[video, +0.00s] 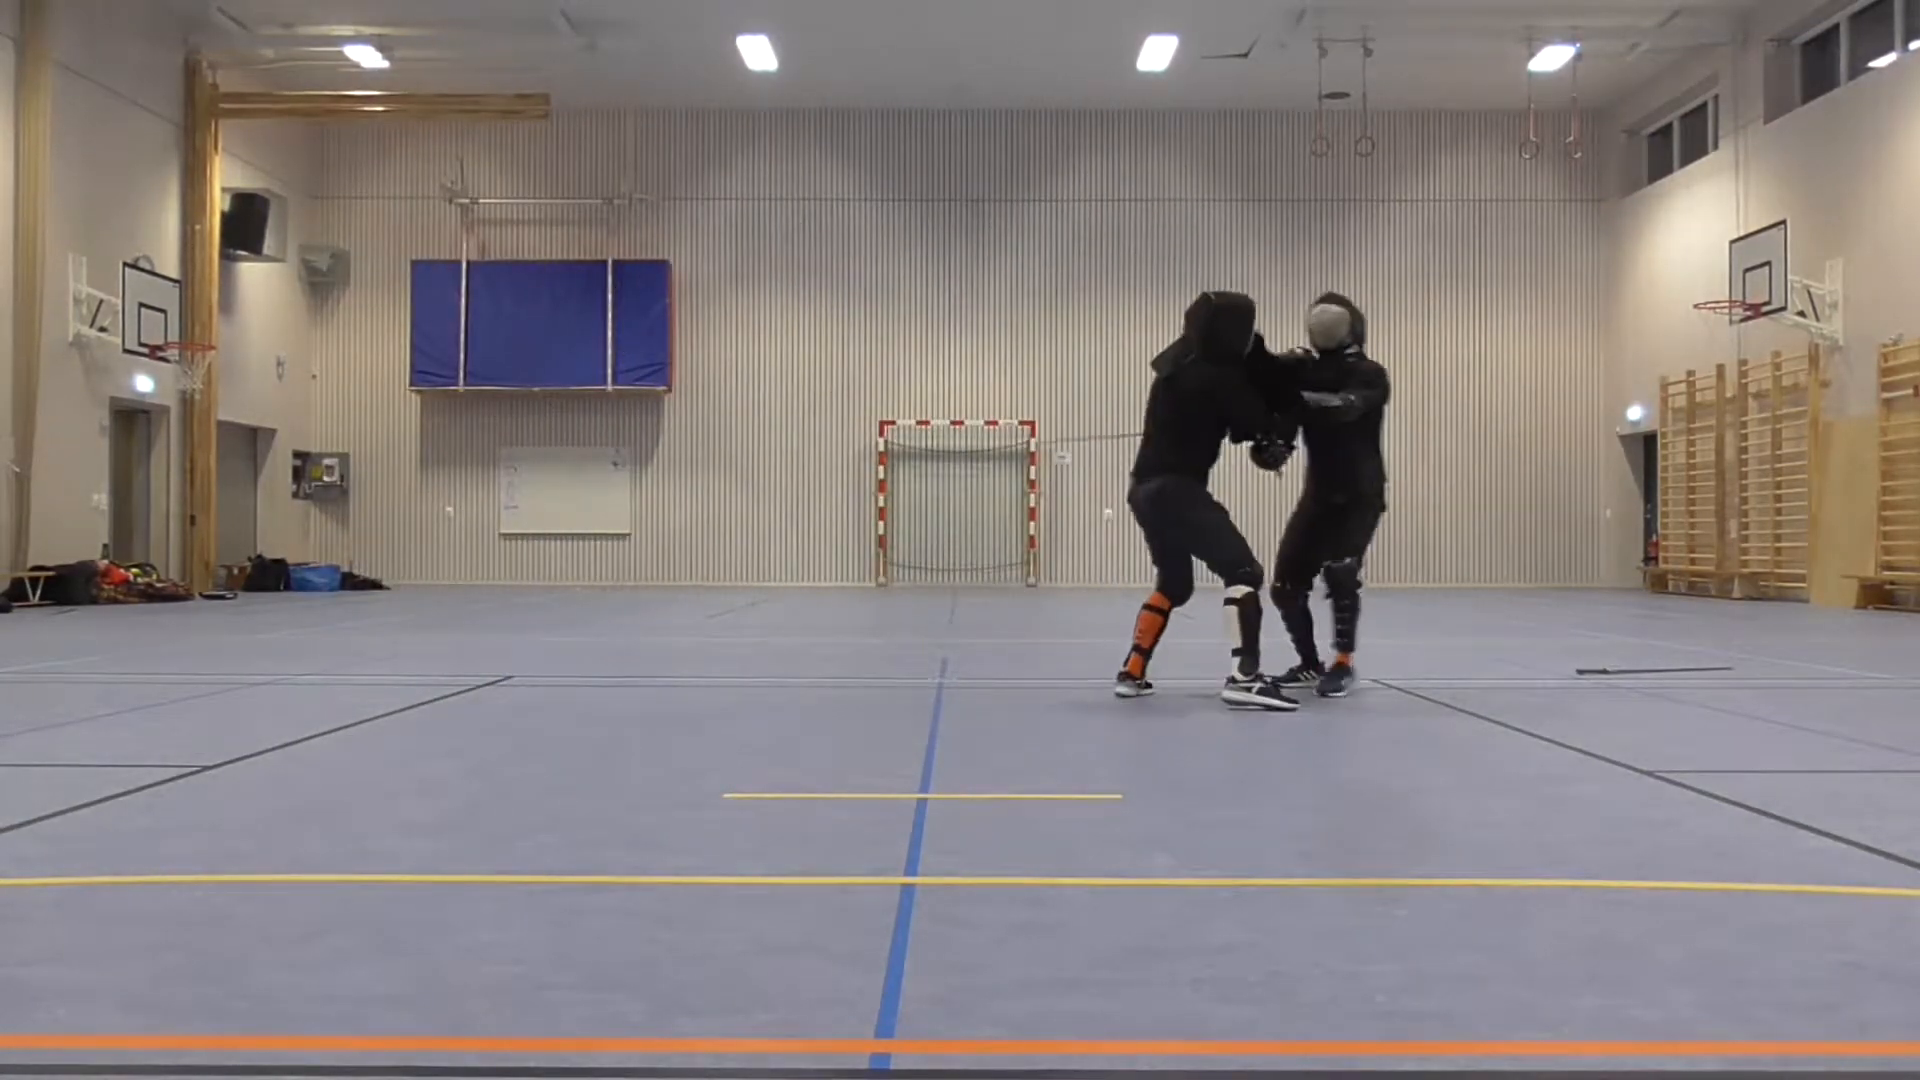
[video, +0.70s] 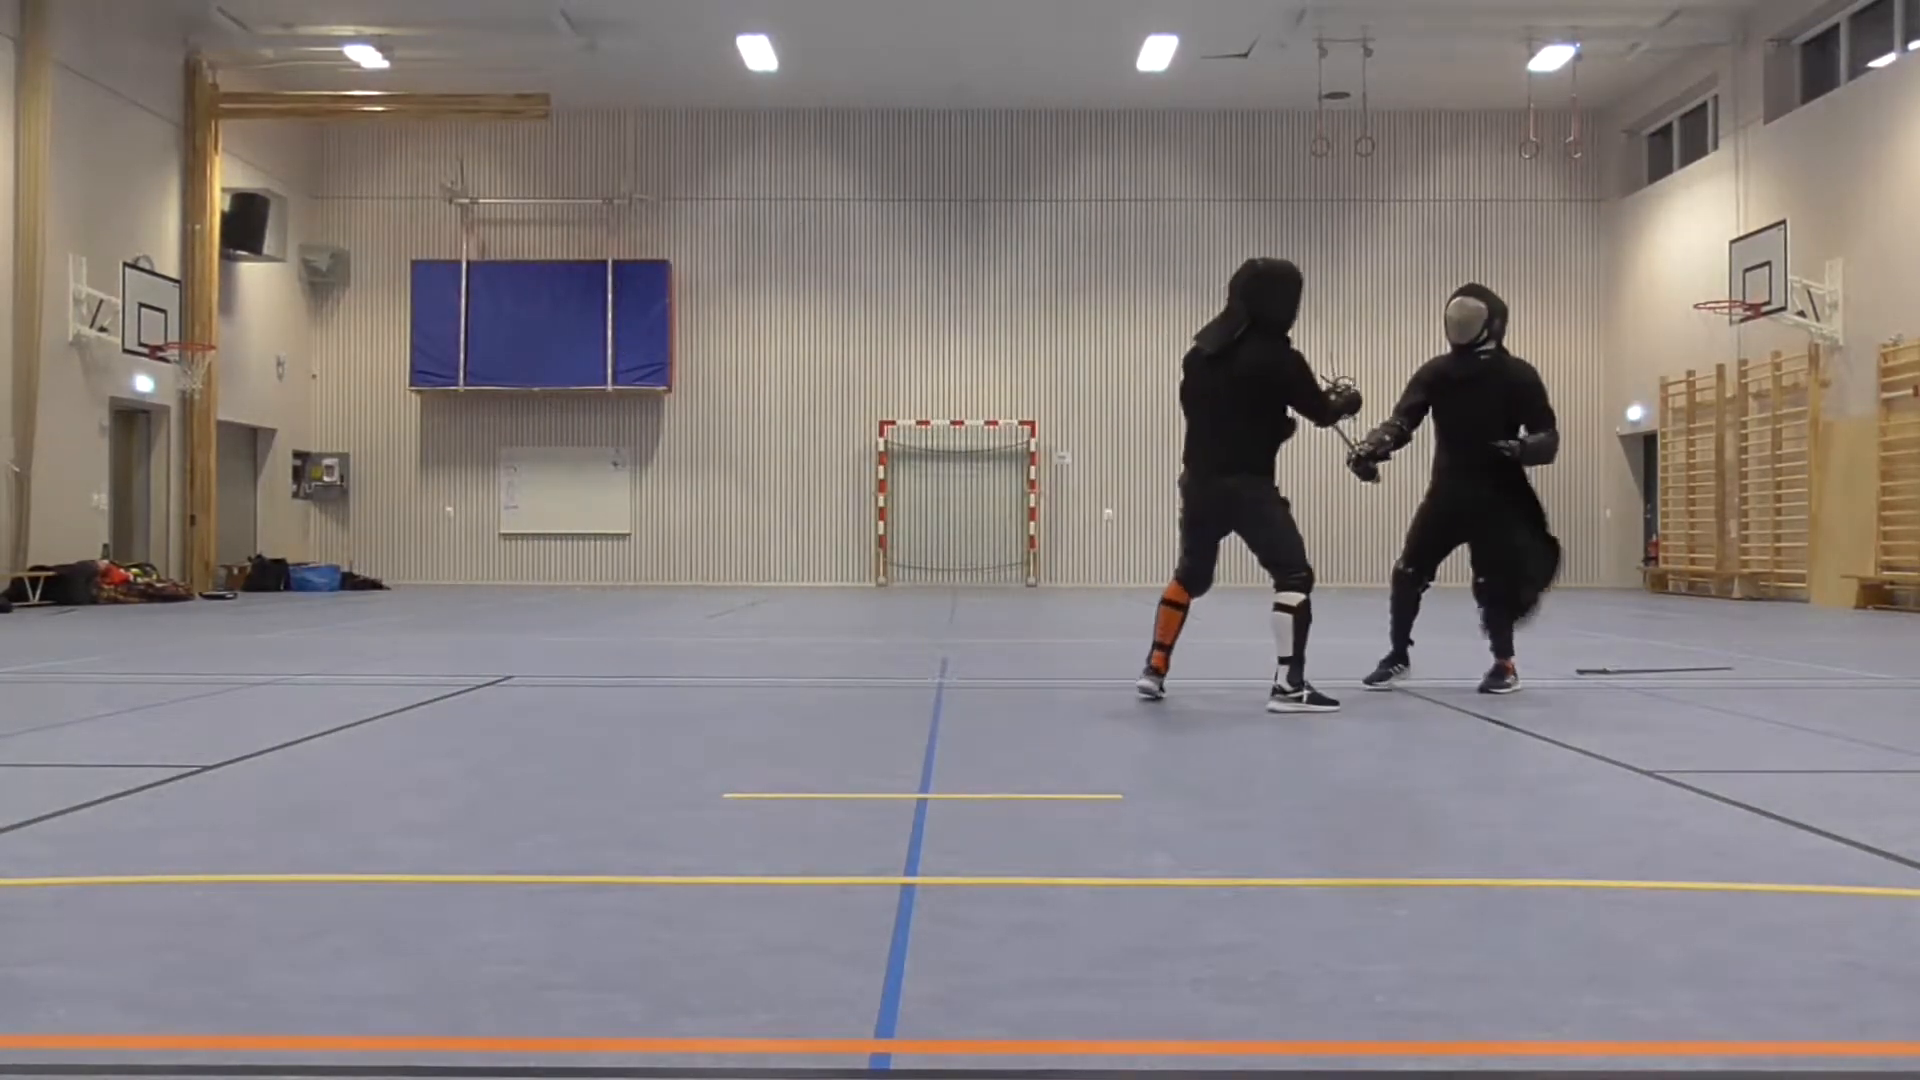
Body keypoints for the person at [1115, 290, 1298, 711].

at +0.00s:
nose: (1250, 338)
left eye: (1250, 329)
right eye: (1246, 329)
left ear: (1200, 328)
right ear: (1231, 333)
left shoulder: (1174, 365)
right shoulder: (1223, 374)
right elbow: (1256, 426)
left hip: (1144, 489)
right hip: (1180, 489)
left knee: (1174, 583)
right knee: (1243, 572)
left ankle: (1132, 673)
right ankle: (1246, 675)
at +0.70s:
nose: (1294, 311)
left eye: (1295, 302)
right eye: (1291, 302)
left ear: (1238, 299)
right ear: (1277, 304)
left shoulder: (1201, 350)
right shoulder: (1278, 357)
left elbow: (1197, 412)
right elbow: (1321, 413)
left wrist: (1274, 424)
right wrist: (1343, 399)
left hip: (1200, 489)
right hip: (1251, 490)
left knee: (1190, 573)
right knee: (1293, 576)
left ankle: (1154, 672)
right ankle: (1289, 683)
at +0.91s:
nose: (1305, 294)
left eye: (1304, 285)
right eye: (1302, 286)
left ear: (1248, 284)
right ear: (1291, 291)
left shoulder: (1212, 338)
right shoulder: (1301, 349)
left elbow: (1195, 403)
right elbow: (1334, 415)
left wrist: (1240, 409)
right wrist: (1359, 398)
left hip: (1222, 478)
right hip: (1279, 479)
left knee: (1210, 568)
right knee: (1293, 576)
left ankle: (1226, 659)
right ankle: (1289, 683)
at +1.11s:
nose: (1299, 292)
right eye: (1298, 284)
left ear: (1243, 279)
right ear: (1293, 286)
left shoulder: (1215, 340)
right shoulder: (1306, 343)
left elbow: (1179, 418)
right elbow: (1326, 401)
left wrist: (1206, 464)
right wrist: (1326, 366)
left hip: (1234, 484)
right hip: (1295, 485)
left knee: (1224, 584)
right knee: (1297, 581)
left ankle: (1258, 686)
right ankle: (1300, 683)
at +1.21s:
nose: (1304, 287)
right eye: (1302, 279)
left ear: (1245, 276)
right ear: (1295, 283)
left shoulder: (1217, 337)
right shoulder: (1309, 344)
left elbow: (1179, 404)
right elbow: (1307, 399)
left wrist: (1167, 457)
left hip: (1232, 480)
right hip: (1295, 479)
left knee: (1225, 588)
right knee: (1308, 577)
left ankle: (1261, 696)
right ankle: (1320, 684)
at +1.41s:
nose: (1244, 248)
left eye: (1246, 239)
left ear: (1245, 244)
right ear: (1297, 252)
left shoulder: (1217, 306)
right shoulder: (1311, 319)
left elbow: (1177, 366)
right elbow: (1317, 390)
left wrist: (1162, 423)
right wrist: (1284, 421)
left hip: (1233, 460)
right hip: (1298, 460)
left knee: (1230, 570)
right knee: (1306, 555)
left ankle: (1256, 691)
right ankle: (1311, 649)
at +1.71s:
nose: (1226, 277)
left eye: (1229, 266)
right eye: (1225, 267)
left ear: (1248, 263)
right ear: (1290, 263)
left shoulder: (1234, 319)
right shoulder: (1328, 328)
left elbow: (1206, 402)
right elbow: (1351, 421)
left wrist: (1181, 462)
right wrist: (1323, 457)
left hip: (1245, 474)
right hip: (1309, 483)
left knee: (1192, 574)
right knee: (1285, 588)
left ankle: (1226, 689)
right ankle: (1298, 706)